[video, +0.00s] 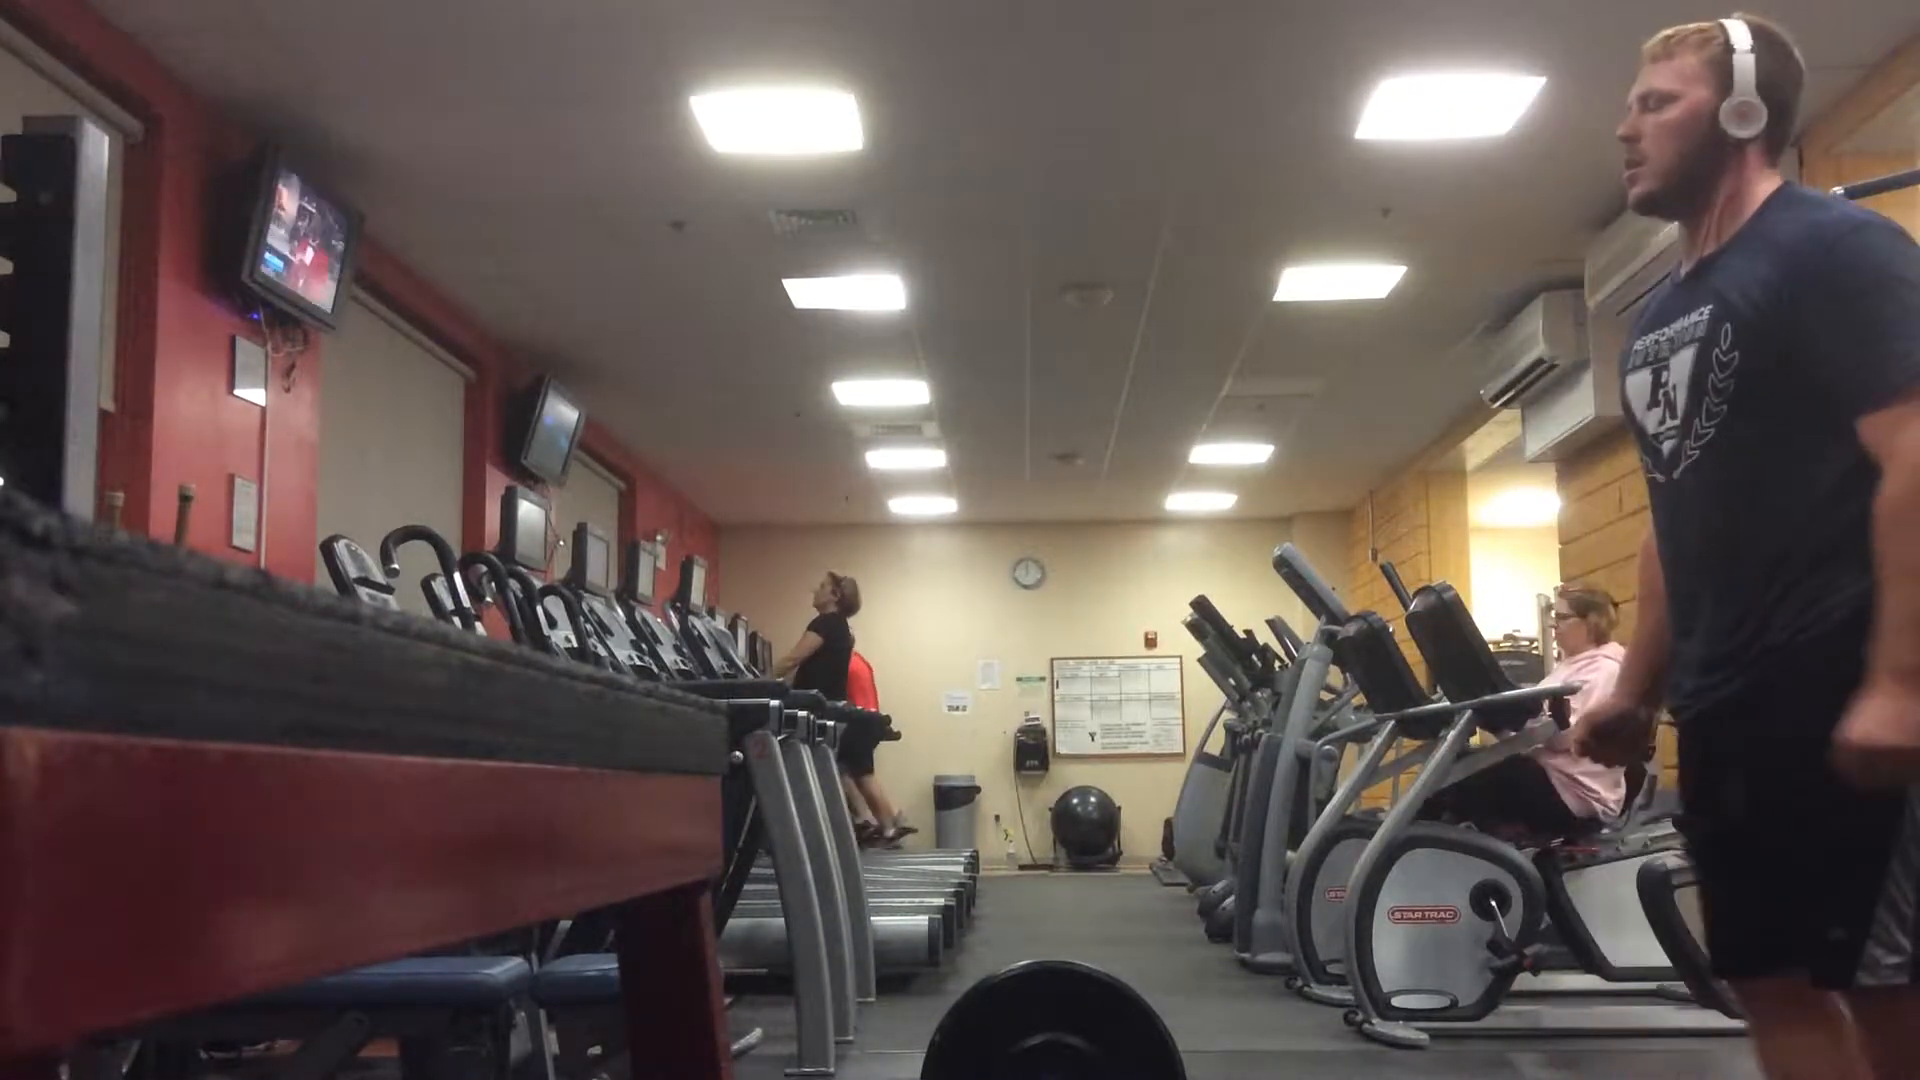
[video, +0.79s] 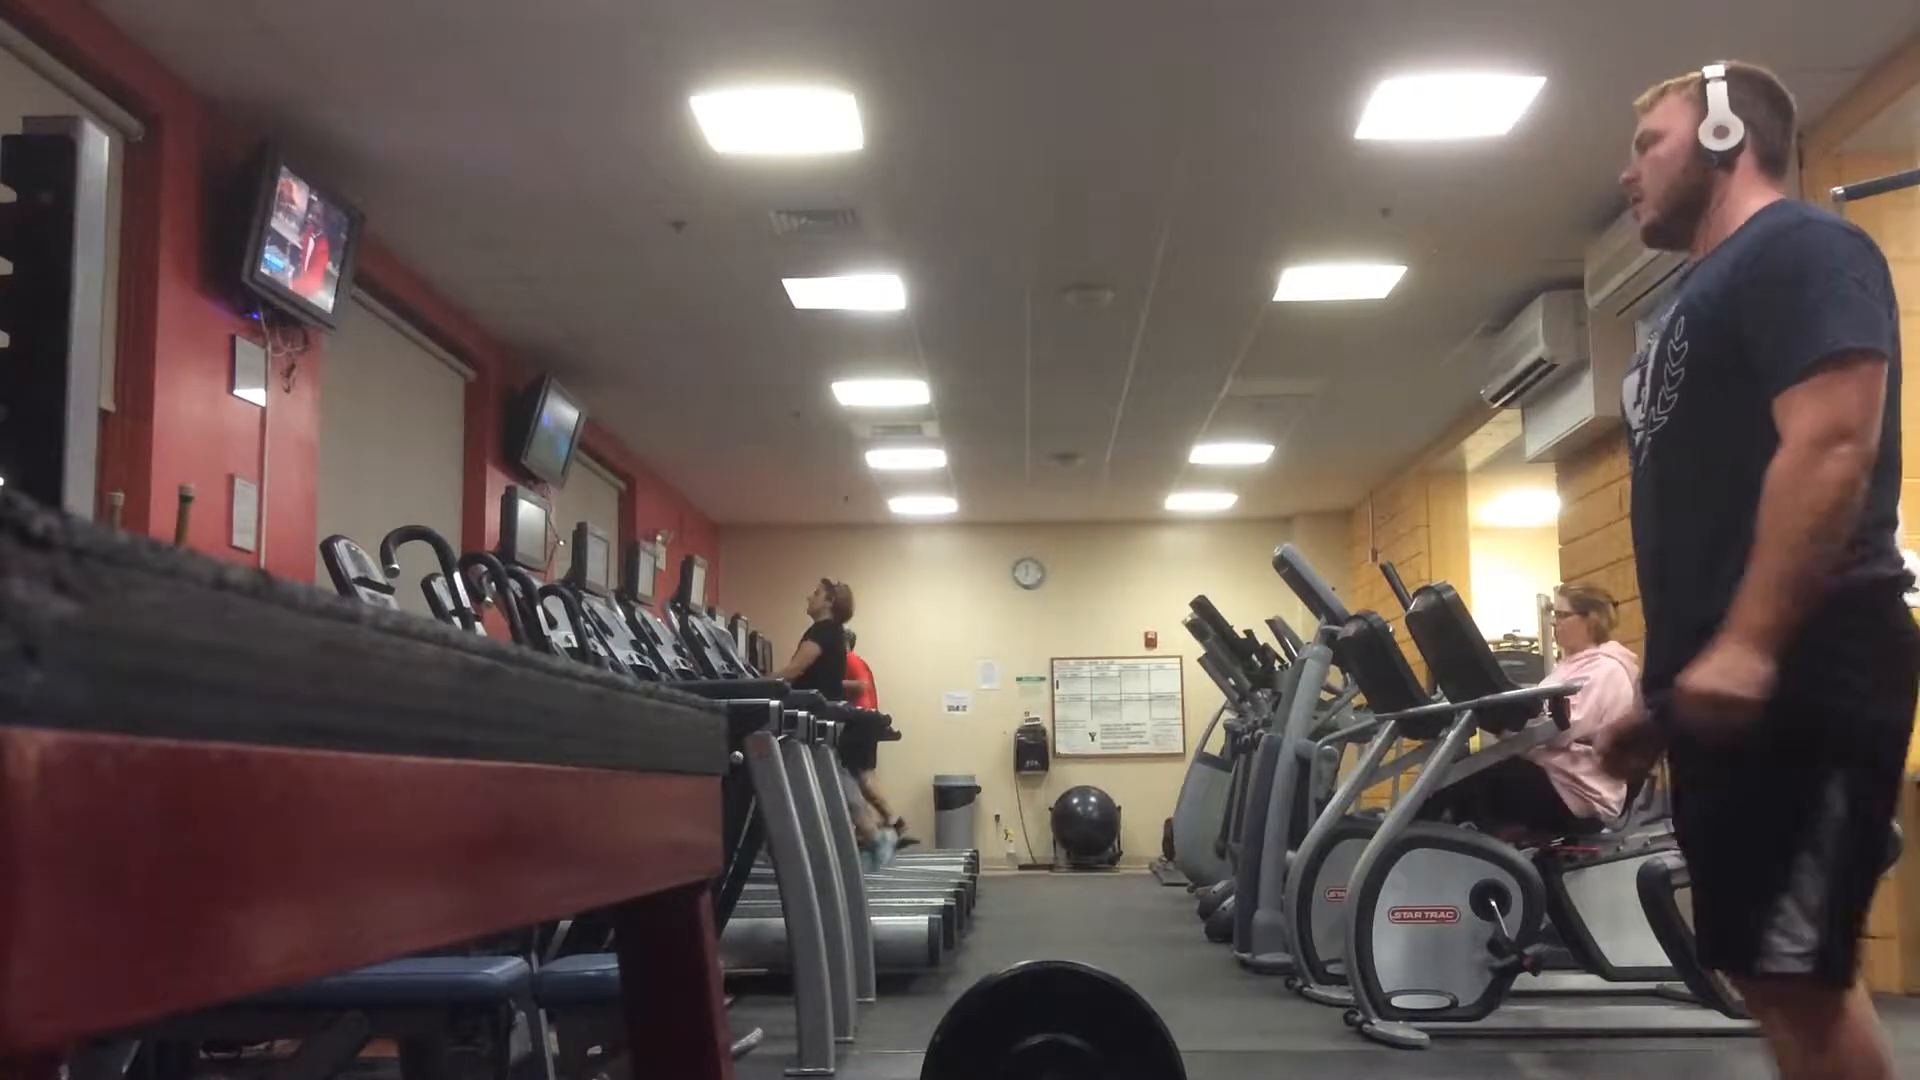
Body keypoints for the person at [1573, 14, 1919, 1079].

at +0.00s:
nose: (1625, 126)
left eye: (1655, 102)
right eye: (1629, 106)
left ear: (1742, 117)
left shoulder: (1835, 245)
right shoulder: (1654, 316)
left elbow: (1911, 458)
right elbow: (1676, 522)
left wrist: (1897, 680)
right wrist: (1633, 696)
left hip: (1843, 681)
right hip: (1719, 698)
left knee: (1887, 983)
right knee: (1772, 981)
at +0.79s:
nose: (1629, 170)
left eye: (1648, 141)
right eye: (1633, 148)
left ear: (1724, 139)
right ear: (1714, 147)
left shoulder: (1801, 242)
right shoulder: (1688, 305)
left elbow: (1832, 442)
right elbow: (1706, 524)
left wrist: (1747, 638)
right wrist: (1655, 698)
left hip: (1820, 641)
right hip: (1737, 653)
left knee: (1800, 978)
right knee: (1763, 968)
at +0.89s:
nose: (1631, 181)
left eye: (1650, 152)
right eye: (1636, 158)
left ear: (1725, 147)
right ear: (1722, 156)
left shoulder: (1805, 251)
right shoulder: (1706, 310)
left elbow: (1811, 452)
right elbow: (1699, 528)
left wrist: (1684, 629)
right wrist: (1633, 696)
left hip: (1811, 637)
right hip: (1758, 646)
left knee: (1689, 929)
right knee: (1809, 956)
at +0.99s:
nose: (1631, 187)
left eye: (1650, 159)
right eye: (1636, 165)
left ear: (1726, 155)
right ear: (1721, 164)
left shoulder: (1810, 257)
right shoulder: (1703, 320)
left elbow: (1805, 456)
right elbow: (1708, 528)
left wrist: (1664, 609)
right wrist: (1637, 693)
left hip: (1811, 630)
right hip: (1750, 640)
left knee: (1633, 890)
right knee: (1805, 950)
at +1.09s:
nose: (1627, 191)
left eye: (1648, 162)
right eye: (1632, 170)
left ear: (1724, 158)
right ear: (1716, 167)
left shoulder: (1807, 259)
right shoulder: (1703, 321)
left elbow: (1821, 452)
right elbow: (1711, 529)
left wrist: (1691, 620)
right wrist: (1636, 691)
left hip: (1812, 631)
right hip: (1758, 643)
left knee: (1636, 898)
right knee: (1805, 950)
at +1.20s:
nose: (1623, 193)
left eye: (1642, 165)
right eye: (1627, 173)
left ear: (1717, 163)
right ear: (1705, 172)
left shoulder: (1798, 262)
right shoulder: (1693, 328)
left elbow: (1841, 455)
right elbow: (1711, 545)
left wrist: (1758, 635)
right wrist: (1666, 713)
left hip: (1814, 634)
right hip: (1749, 647)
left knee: (1666, 931)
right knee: (1815, 964)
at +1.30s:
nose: (1616, 196)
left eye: (1634, 169)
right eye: (1619, 176)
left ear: (1707, 168)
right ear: (1699, 179)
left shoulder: (1784, 259)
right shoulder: (1683, 331)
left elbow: (1854, 451)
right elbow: (1715, 543)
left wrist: (1817, 648)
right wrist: (1685, 714)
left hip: (1801, 640)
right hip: (1741, 651)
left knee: (1668, 928)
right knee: (1822, 971)